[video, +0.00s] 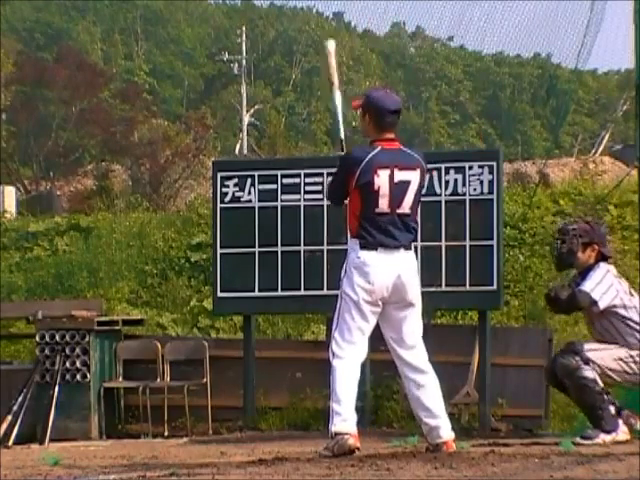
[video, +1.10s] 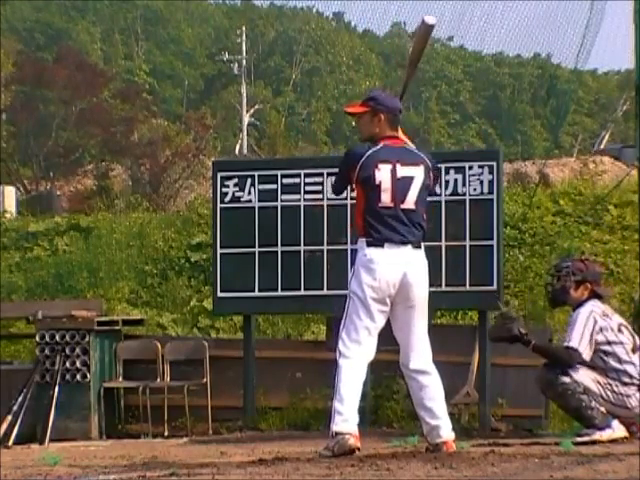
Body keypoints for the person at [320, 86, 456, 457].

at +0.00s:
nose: (361, 119)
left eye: (363, 115)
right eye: (362, 114)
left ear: (369, 119)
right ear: (396, 119)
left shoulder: (357, 160)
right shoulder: (416, 162)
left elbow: (335, 196)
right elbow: (395, 192)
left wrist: (346, 163)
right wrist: (362, 165)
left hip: (367, 263)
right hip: (406, 263)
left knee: (347, 348)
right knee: (412, 350)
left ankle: (343, 431)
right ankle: (441, 433)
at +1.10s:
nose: (357, 123)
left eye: (362, 118)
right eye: (358, 117)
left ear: (380, 120)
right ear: (391, 121)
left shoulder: (360, 156)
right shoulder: (422, 159)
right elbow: (431, 186)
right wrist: (400, 145)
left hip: (376, 261)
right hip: (416, 261)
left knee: (354, 348)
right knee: (418, 354)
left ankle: (344, 431)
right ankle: (442, 435)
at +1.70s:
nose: (349, 124)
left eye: (353, 119)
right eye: (350, 118)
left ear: (372, 121)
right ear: (379, 123)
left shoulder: (359, 156)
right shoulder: (409, 157)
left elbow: (328, 203)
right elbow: (379, 196)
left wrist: (342, 162)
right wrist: (355, 159)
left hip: (378, 260)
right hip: (412, 260)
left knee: (346, 352)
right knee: (411, 357)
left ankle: (348, 435)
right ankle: (442, 436)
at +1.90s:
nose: (331, 123)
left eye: (336, 117)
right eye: (332, 117)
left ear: (355, 120)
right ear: (357, 122)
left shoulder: (357, 154)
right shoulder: (381, 156)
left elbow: (343, 219)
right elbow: (349, 207)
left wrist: (324, 214)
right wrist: (319, 182)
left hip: (370, 257)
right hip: (397, 257)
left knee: (340, 352)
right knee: (380, 357)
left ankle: (346, 437)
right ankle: (429, 426)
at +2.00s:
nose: (320, 122)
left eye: (325, 116)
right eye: (320, 117)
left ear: (345, 120)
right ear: (346, 121)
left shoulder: (351, 153)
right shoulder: (362, 155)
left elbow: (360, 217)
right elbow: (328, 215)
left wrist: (328, 229)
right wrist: (289, 190)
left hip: (370, 257)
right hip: (390, 257)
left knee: (340, 350)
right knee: (358, 350)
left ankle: (346, 437)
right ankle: (400, 423)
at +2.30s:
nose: (289, 152)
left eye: (294, 146)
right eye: (289, 146)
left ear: (314, 149)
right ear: (309, 150)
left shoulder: (328, 179)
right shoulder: (321, 185)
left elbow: (353, 229)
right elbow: (309, 246)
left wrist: (312, 247)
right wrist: (266, 233)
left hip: (374, 275)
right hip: (365, 277)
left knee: (333, 353)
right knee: (324, 357)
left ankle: (352, 438)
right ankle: (349, 437)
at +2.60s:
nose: (268, 188)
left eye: (273, 182)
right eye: (269, 182)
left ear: (293, 185)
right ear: (295, 186)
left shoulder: (307, 210)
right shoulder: (313, 213)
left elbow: (305, 257)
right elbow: (295, 287)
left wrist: (260, 267)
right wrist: (258, 271)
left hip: (376, 292)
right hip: (376, 293)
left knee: (324, 358)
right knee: (321, 360)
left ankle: (350, 437)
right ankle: (351, 436)